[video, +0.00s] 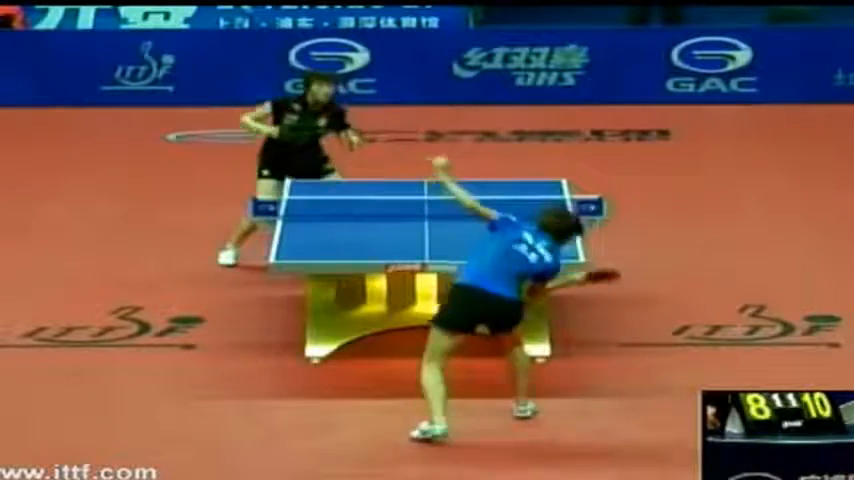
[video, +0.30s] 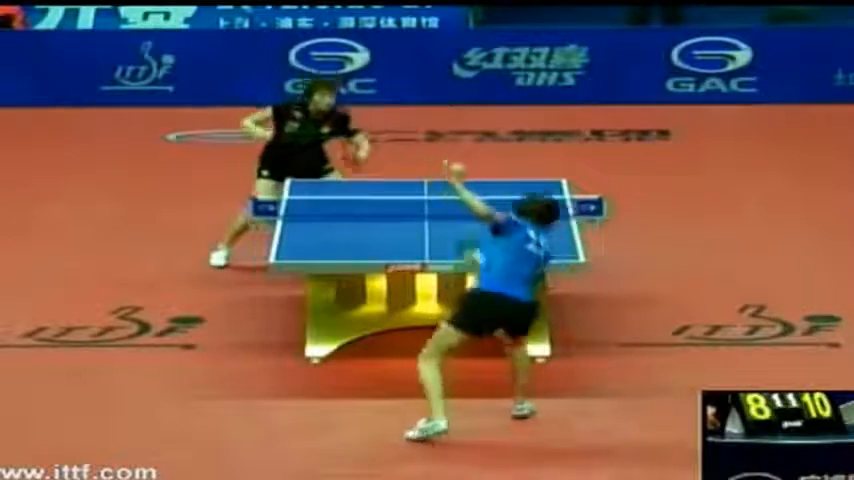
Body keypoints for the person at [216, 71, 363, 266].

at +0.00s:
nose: (326, 92)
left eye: (329, 86)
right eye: (321, 86)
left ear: (333, 90)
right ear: (310, 88)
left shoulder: (333, 113)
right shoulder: (287, 105)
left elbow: (349, 145)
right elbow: (247, 119)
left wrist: (352, 137)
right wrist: (269, 130)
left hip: (311, 158)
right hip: (276, 159)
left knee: (341, 197)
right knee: (265, 210)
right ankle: (232, 247)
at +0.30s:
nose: (325, 102)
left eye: (329, 97)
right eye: (321, 96)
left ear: (334, 100)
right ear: (311, 96)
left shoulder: (336, 120)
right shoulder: (288, 111)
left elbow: (360, 138)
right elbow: (246, 123)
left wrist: (362, 152)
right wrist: (262, 133)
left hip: (315, 166)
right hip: (277, 165)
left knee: (343, 202)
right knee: (260, 210)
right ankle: (224, 247)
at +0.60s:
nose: (313, 132)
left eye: (317, 128)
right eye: (310, 127)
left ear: (325, 123)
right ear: (302, 120)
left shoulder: (331, 132)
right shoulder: (283, 125)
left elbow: (359, 155)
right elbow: (235, 133)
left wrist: (340, 160)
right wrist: (241, 143)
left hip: (298, 177)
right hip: (271, 173)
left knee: (295, 216)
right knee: (259, 212)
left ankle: (284, 253)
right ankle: (225, 247)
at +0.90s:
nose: (317, 109)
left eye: (321, 104)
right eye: (312, 105)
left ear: (327, 104)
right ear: (303, 106)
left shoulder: (334, 118)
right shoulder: (290, 111)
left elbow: (362, 141)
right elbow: (254, 111)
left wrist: (355, 136)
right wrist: (247, 118)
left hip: (321, 160)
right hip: (288, 158)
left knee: (337, 204)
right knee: (260, 206)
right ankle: (225, 246)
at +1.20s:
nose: (320, 95)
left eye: (325, 91)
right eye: (316, 89)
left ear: (332, 93)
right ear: (307, 88)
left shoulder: (335, 109)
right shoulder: (290, 99)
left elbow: (347, 132)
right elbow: (264, 114)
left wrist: (351, 140)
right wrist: (254, 124)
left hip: (314, 155)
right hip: (281, 153)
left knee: (335, 197)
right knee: (257, 204)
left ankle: (341, 255)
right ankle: (210, 247)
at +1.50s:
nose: (299, 85)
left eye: (301, 81)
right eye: (294, 79)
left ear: (303, 84)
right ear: (281, 80)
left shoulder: (301, 108)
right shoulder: (255, 98)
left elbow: (316, 135)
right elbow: (212, 108)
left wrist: (328, 134)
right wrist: (240, 118)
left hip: (270, 153)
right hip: (239, 153)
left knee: (298, 190)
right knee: (226, 209)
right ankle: (196, 247)